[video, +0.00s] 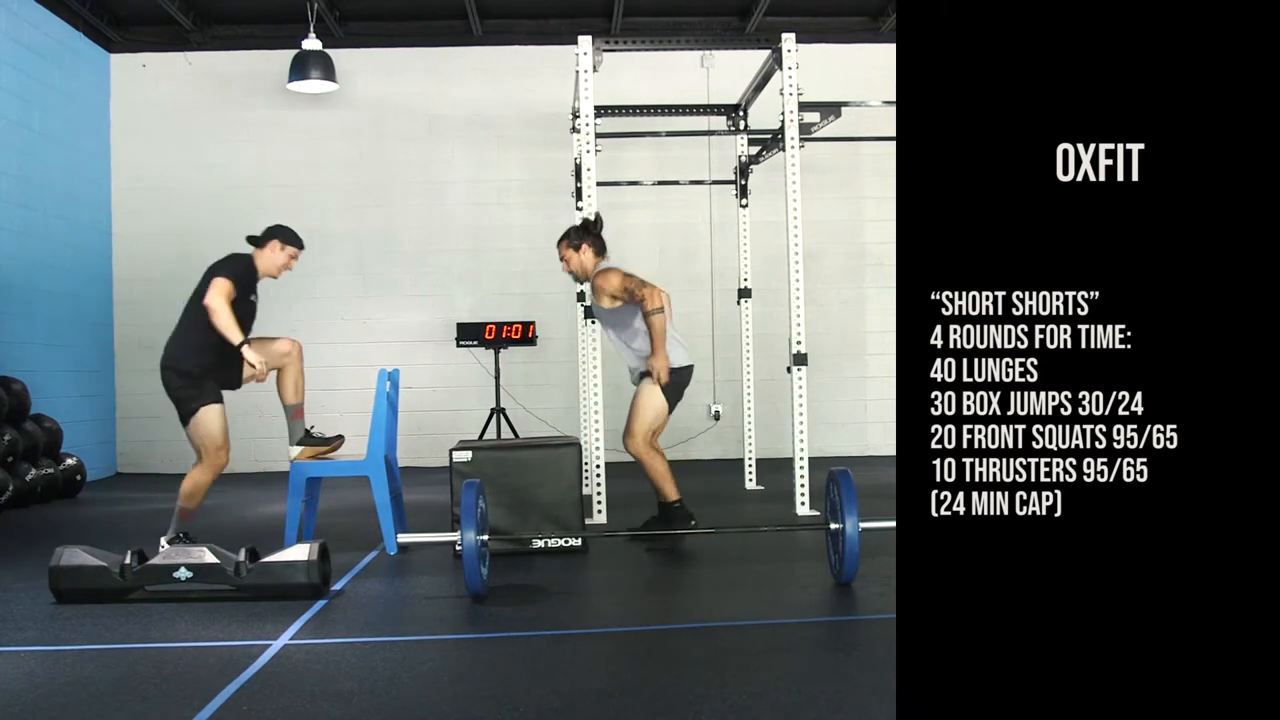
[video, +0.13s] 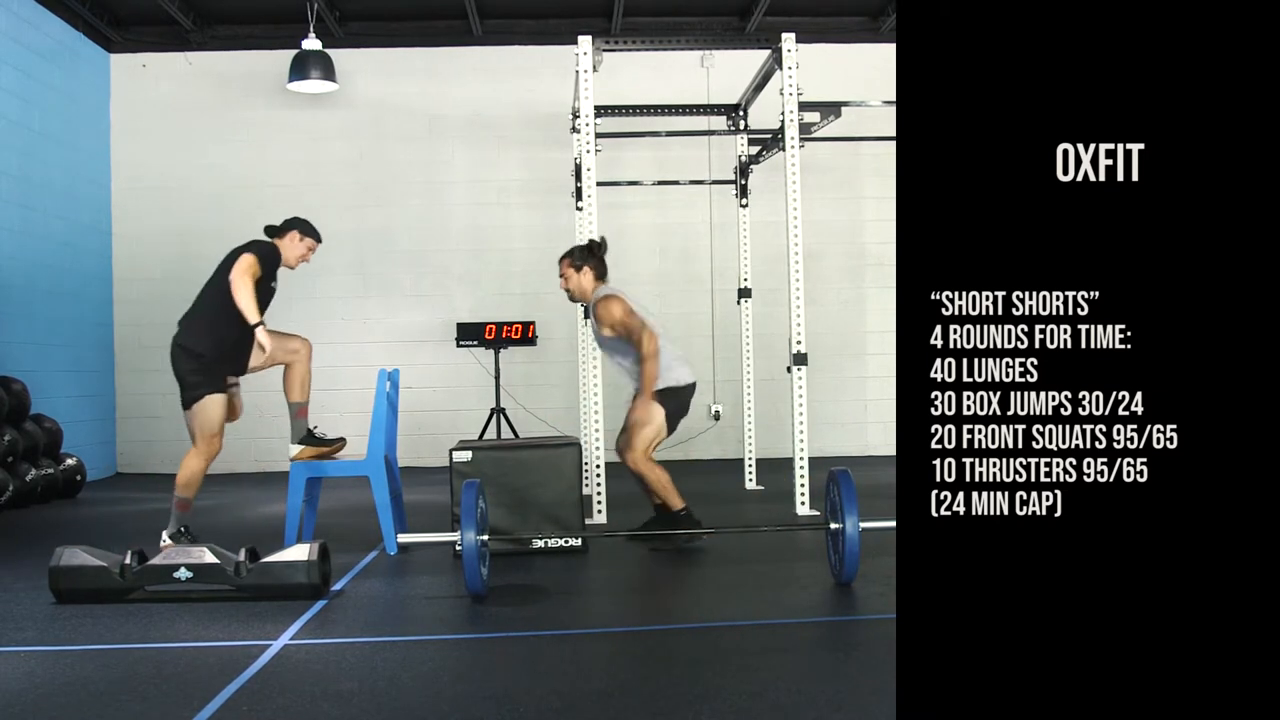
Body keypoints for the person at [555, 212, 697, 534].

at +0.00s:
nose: (563, 267)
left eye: (565, 259)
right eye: (561, 261)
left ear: (584, 251)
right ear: (586, 251)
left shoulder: (604, 279)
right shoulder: (608, 277)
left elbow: (652, 296)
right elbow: (660, 297)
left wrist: (658, 353)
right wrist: (655, 353)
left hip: (665, 367)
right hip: (670, 366)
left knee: (635, 439)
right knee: (647, 441)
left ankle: (676, 512)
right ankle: (670, 510)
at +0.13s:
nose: (562, 285)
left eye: (565, 277)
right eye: (561, 278)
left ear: (585, 273)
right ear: (586, 274)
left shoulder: (607, 304)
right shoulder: (602, 305)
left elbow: (648, 339)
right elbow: (645, 342)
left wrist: (644, 395)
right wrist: (643, 394)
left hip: (670, 385)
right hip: (661, 386)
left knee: (635, 452)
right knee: (628, 448)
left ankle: (684, 516)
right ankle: (665, 513)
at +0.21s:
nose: (572, 280)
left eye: (575, 272)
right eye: (571, 273)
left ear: (597, 269)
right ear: (597, 271)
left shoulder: (616, 306)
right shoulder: (607, 305)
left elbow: (617, 362)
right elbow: (614, 359)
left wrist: (576, 382)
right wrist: (578, 380)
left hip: (665, 391)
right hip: (649, 392)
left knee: (628, 460)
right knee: (617, 452)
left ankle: (682, 518)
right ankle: (663, 514)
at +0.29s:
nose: (575, 260)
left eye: (578, 252)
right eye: (573, 253)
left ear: (599, 249)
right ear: (595, 252)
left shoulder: (608, 283)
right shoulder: (601, 284)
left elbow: (570, 322)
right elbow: (569, 321)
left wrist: (541, 300)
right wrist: (541, 301)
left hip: (655, 382)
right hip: (639, 384)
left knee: (637, 454)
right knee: (622, 447)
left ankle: (683, 517)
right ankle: (662, 514)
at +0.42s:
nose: (554, 219)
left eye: (554, 212)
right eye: (552, 214)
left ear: (570, 201)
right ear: (574, 200)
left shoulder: (592, 227)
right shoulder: (588, 229)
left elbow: (559, 267)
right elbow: (559, 274)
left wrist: (527, 240)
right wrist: (528, 242)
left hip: (638, 325)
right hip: (621, 328)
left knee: (621, 396)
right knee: (613, 401)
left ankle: (659, 471)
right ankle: (647, 471)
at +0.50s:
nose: (540, 214)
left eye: (539, 205)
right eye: (536, 207)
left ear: (555, 190)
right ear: (555, 190)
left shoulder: (585, 215)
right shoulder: (580, 218)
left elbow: (567, 263)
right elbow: (566, 276)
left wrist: (516, 254)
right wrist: (518, 265)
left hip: (637, 300)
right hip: (621, 301)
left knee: (589, 352)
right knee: (576, 355)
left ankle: (635, 415)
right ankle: (632, 413)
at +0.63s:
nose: (522, 218)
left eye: (519, 210)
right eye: (516, 213)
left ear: (535, 194)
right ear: (535, 195)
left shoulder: (574, 219)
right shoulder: (563, 224)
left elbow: (571, 275)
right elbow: (563, 281)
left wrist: (536, 306)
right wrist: (534, 322)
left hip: (628, 286)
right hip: (616, 287)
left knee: (564, 331)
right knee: (560, 331)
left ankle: (582, 411)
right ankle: (579, 410)